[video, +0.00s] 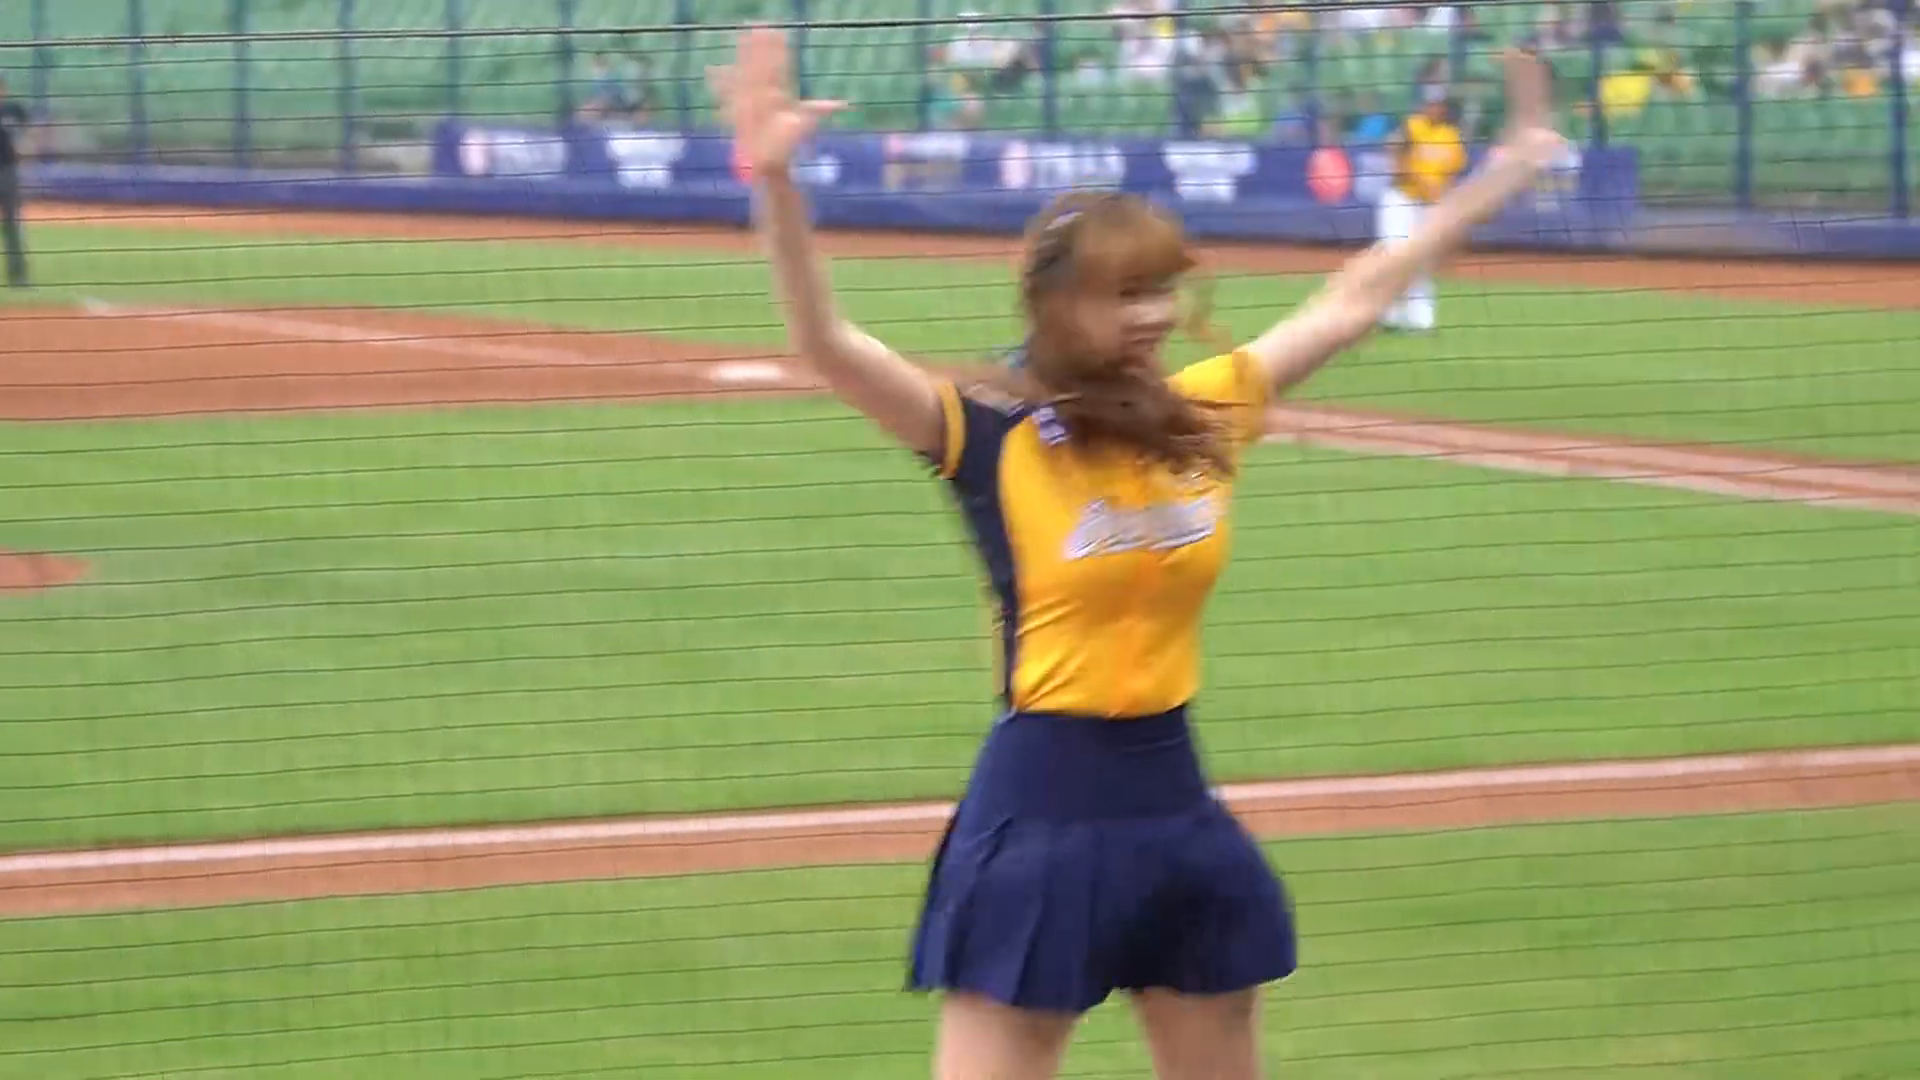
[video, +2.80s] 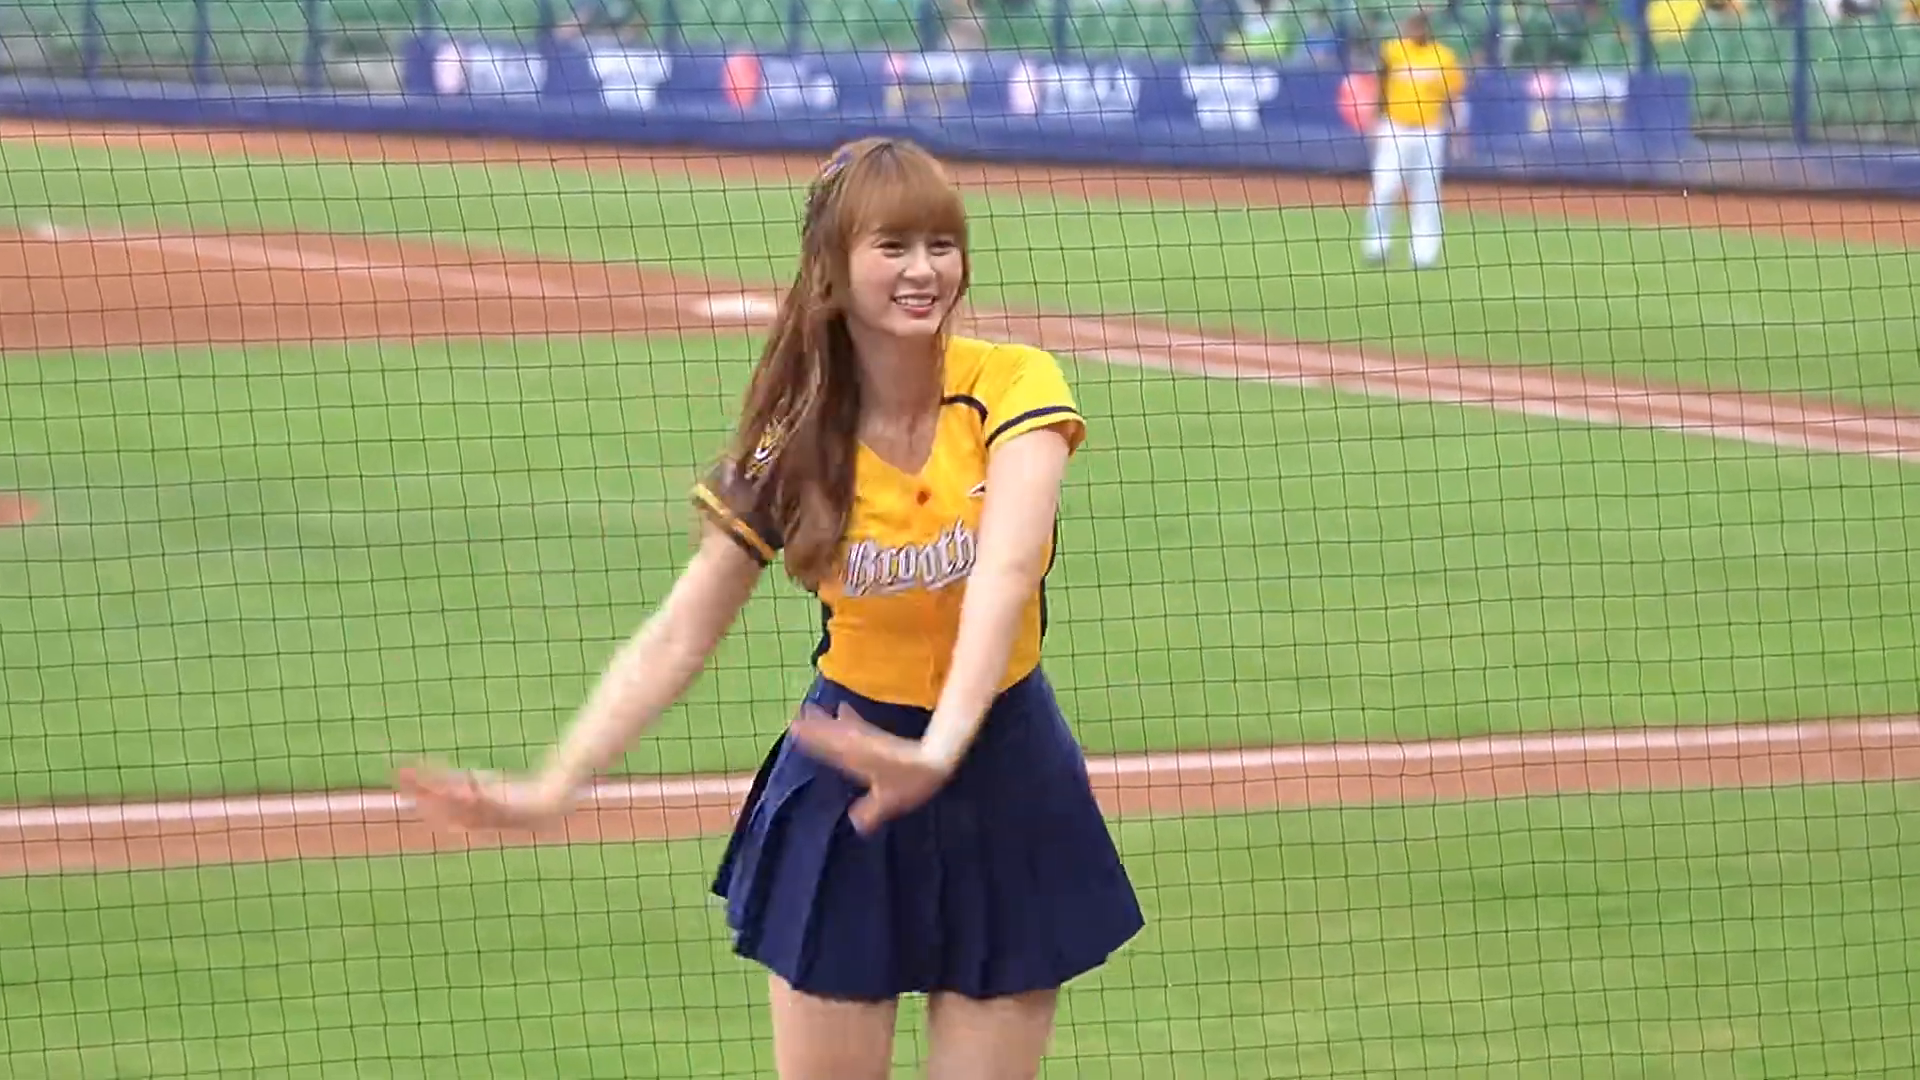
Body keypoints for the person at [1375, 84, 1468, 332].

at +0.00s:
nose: (1434, 110)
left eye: (1439, 105)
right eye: (1430, 104)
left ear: (1446, 107)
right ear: (1423, 105)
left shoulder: (1451, 134)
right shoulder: (1411, 128)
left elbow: (1458, 163)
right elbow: (1399, 166)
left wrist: (1441, 185)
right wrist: (1425, 187)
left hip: (1430, 201)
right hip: (1400, 198)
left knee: (1422, 258)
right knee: (1396, 255)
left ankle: (1420, 312)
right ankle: (1390, 311)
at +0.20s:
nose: (1400, 107)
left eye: (1405, 102)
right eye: (1396, 102)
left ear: (1413, 105)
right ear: (1388, 102)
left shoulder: (1417, 134)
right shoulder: (1377, 124)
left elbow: (1419, 166)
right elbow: (1360, 158)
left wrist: (1417, 184)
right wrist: (1397, 177)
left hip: (1398, 200)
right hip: (1367, 197)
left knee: (1393, 256)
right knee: (1369, 252)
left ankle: (1389, 310)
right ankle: (1362, 309)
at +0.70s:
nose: (1369, 107)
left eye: (1374, 103)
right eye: (1366, 101)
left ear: (1382, 103)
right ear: (1359, 99)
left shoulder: (1391, 128)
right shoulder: (1342, 122)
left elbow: (1400, 159)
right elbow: (1328, 155)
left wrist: (1384, 178)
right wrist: (1357, 173)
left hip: (1377, 198)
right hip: (1344, 197)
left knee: (1380, 255)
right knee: (1345, 255)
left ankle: (1385, 311)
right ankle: (1342, 310)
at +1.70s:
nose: (1375, 76)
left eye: (1379, 71)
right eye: (1371, 71)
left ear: (1387, 72)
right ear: (1363, 74)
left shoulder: (1405, 97)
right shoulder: (1354, 100)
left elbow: (1421, 128)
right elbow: (1344, 133)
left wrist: (1400, 152)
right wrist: (1366, 154)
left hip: (1400, 171)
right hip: (1365, 172)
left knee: (1401, 230)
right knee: (1371, 230)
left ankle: (1395, 283)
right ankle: (1374, 288)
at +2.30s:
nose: (1407, 55)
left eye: (1411, 49)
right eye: (1402, 50)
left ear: (1418, 53)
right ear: (1395, 52)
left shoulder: (1431, 85)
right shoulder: (1382, 77)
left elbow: (1437, 128)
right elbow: (1367, 105)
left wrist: (1436, 163)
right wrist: (1373, 137)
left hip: (1416, 157)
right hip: (1383, 154)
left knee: (1410, 214)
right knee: (1386, 212)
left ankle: (1406, 270)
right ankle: (1384, 269)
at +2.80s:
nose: (1417, 31)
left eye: (1422, 25)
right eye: (1413, 25)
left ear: (1429, 28)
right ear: (1406, 27)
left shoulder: (1443, 56)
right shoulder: (1391, 50)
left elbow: (1457, 99)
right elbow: (1380, 86)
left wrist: (1460, 133)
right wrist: (1376, 118)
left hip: (1430, 132)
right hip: (1394, 130)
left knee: (1426, 191)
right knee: (1384, 188)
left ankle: (1425, 250)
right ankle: (1377, 244)